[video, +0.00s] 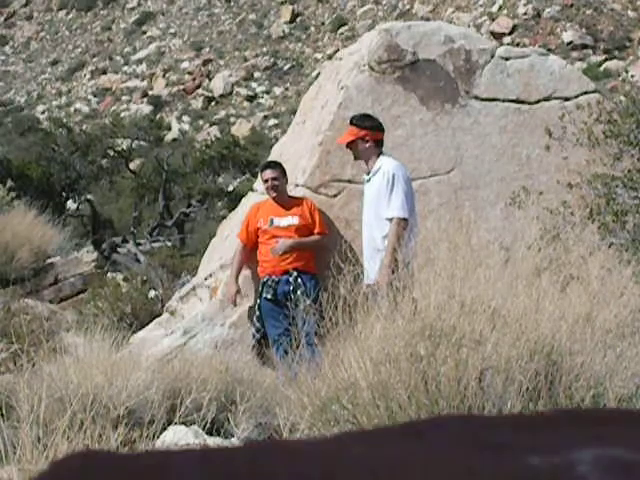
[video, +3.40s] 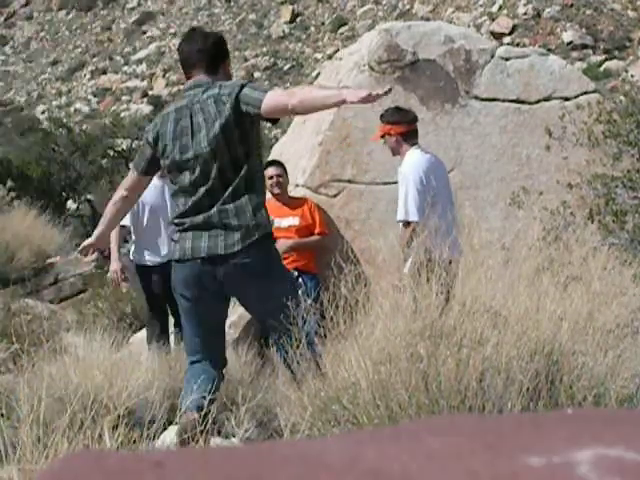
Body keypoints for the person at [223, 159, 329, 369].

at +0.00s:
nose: (271, 184)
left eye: (275, 179)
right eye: (266, 181)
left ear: (285, 180)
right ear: (262, 185)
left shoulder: (306, 206)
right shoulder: (257, 211)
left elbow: (322, 237)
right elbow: (244, 247)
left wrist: (293, 244)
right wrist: (233, 280)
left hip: (303, 277)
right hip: (271, 280)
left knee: (309, 334)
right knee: (279, 339)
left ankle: (314, 381)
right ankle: (288, 383)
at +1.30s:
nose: (272, 181)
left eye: (276, 176)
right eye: (267, 178)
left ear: (285, 178)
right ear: (263, 183)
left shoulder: (306, 205)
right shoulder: (258, 210)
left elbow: (324, 238)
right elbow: (246, 242)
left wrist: (293, 243)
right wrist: (243, 249)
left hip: (304, 278)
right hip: (272, 281)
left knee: (310, 335)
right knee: (278, 338)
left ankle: (315, 381)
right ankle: (288, 384)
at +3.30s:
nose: (274, 181)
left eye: (278, 176)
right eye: (269, 178)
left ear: (287, 179)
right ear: (264, 183)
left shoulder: (307, 206)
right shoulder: (257, 211)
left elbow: (325, 237)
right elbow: (247, 246)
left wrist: (293, 244)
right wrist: (252, 264)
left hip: (304, 274)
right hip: (272, 277)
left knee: (309, 327)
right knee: (278, 330)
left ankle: (315, 375)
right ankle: (287, 378)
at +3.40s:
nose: (275, 181)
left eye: (279, 176)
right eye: (270, 177)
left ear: (287, 179)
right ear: (265, 183)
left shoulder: (306, 205)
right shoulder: (262, 209)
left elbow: (324, 237)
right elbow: (257, 240)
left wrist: (290, 244)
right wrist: (274, 250)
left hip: (305, 272)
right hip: (277, 273)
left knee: (310, 328)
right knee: (280, 329)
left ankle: (318, 373)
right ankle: (290, 377)